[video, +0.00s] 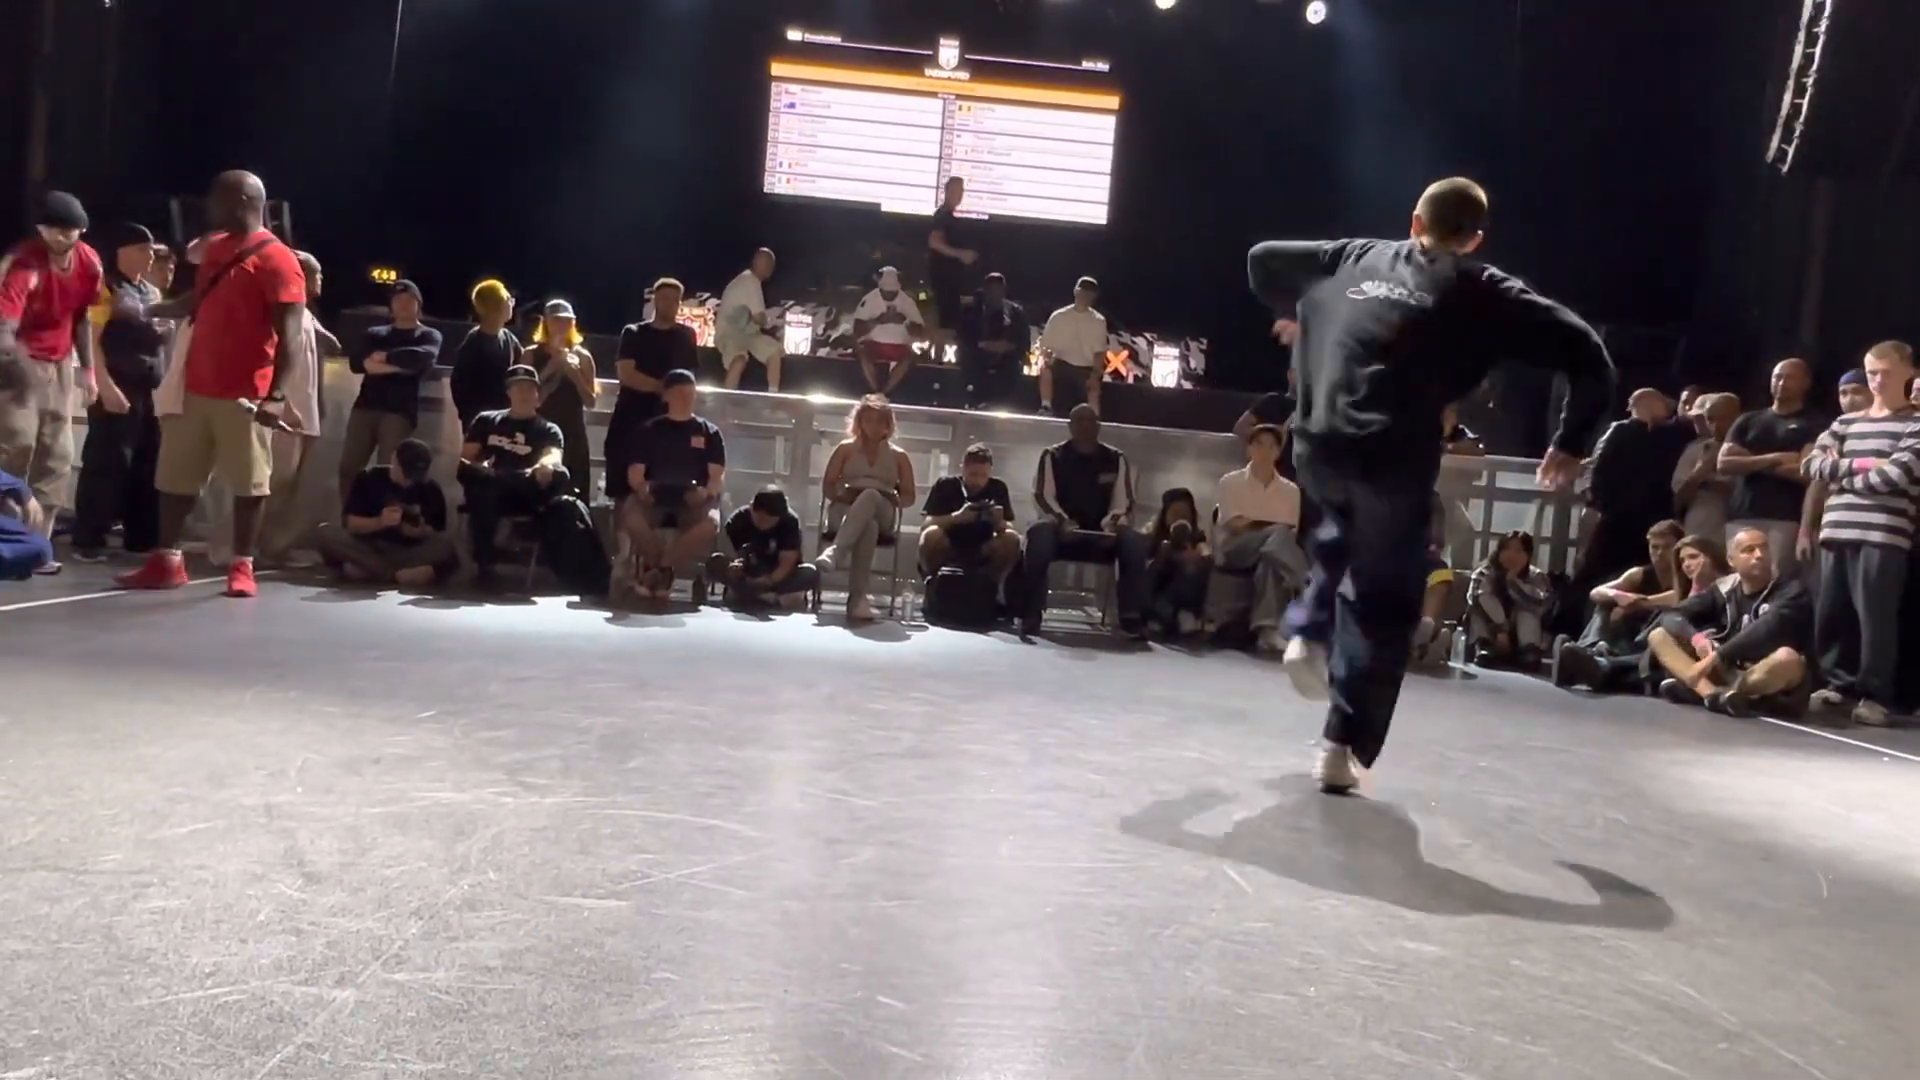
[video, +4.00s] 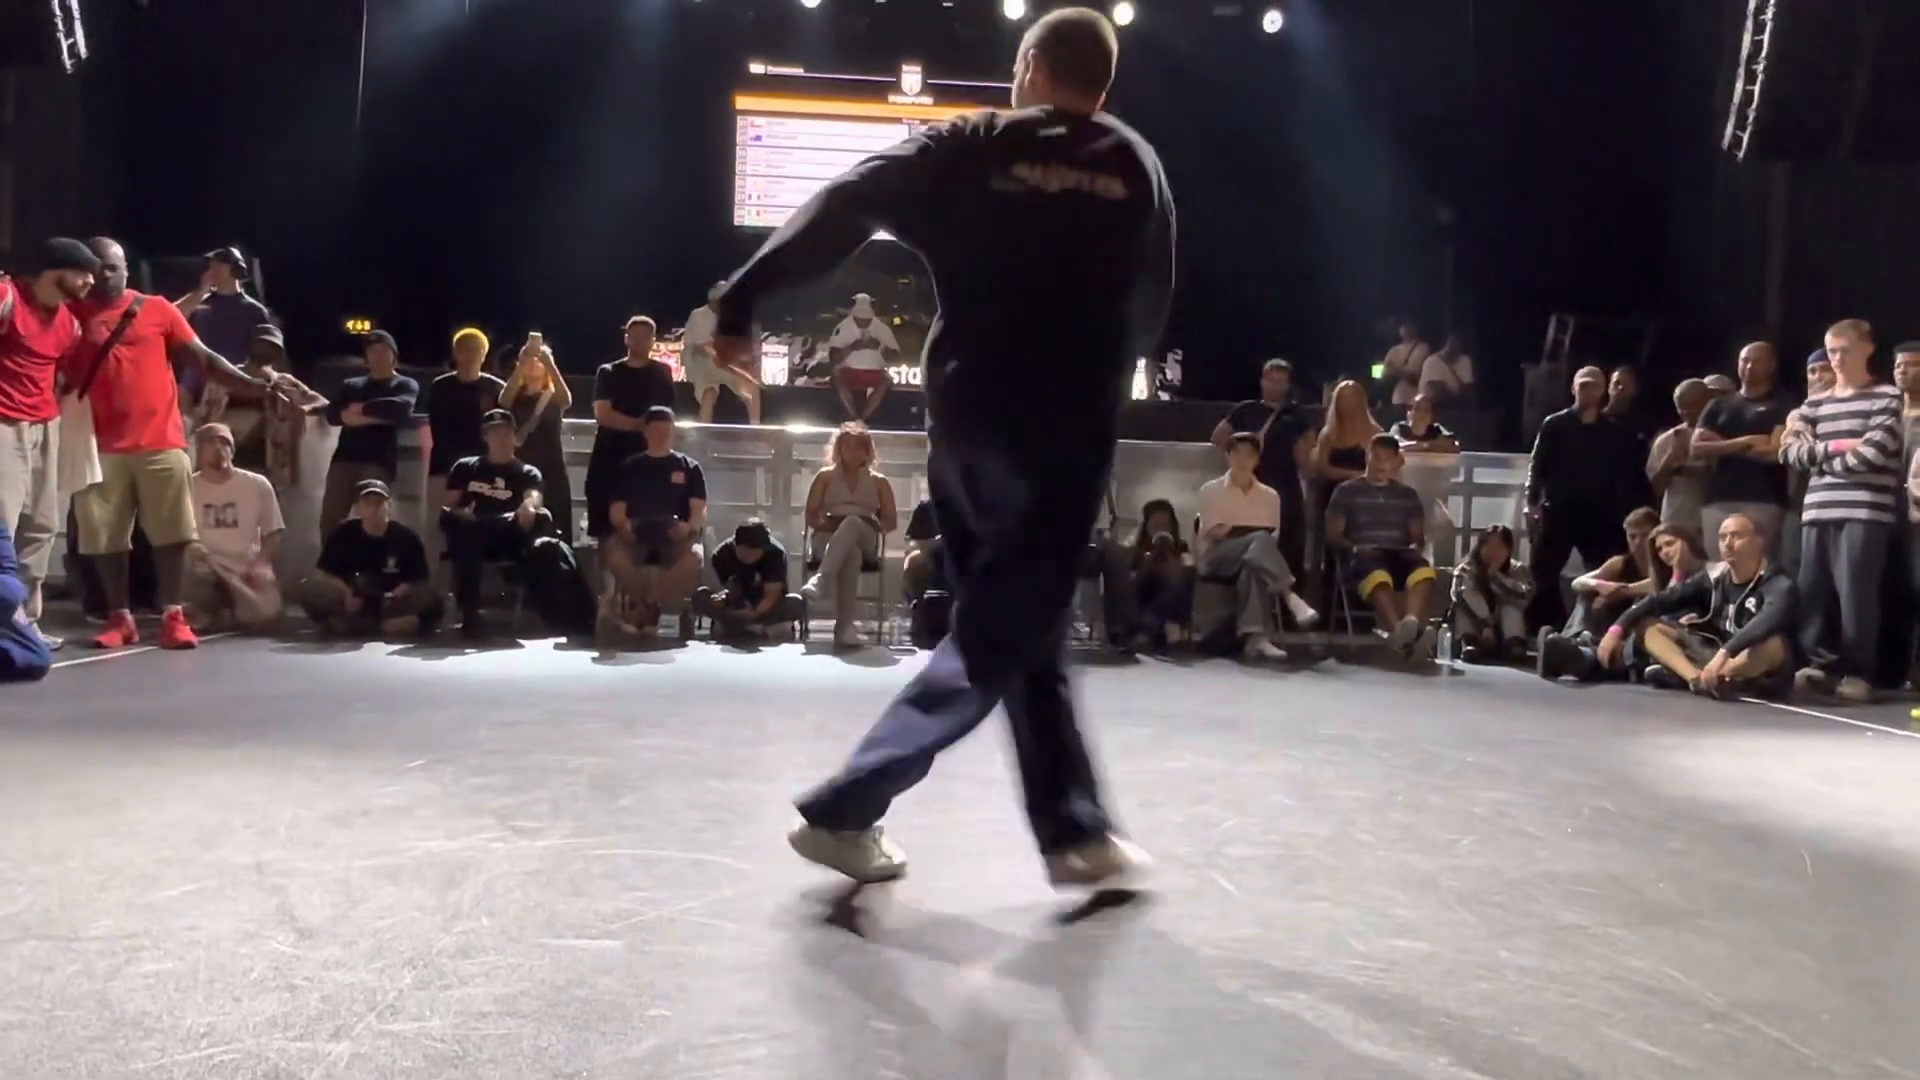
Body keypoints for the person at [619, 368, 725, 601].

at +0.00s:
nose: (686, 398)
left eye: (689, 392)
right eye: (679, 392)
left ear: (695, 395)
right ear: (666, 396)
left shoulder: (709, 432)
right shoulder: (648, 430)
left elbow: (716, 477)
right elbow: (635, 474)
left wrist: (705, 493)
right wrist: (645, 492)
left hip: (692, 491)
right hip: (655, 489)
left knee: (709, 524)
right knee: (631, 513)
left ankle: (657, 571)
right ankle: (661, 571)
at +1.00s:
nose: (684, 397)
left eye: (688, 391)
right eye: (678, 391)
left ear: (694, 395)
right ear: (665, 396)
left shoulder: (710, 432)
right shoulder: (647, 430)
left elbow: (716, 477)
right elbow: (635, 473)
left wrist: (707, 493)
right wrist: (646, 492)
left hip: (692, 494)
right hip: (655, 492)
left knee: (707, 526)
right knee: (632, 514)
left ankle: (659, 570)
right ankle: (661, 572)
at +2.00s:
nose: (680, 400)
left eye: (685, 394)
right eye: (675, 394)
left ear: (692, 397)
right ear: (665, 397)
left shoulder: (708, 437)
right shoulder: (647, 434)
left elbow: (715, 482)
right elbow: (633, 477)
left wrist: (704, 498)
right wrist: (644, 494)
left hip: (690, 499)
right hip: (654, 497)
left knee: (708, 530)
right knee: (630, 520)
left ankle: (659, 574)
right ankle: (662, 575)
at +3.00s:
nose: (659, 412)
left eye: (664, 407)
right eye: (654, 406)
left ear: (671, 409)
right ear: (644, 409)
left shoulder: (687, 447)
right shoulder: (625, 445)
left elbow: (695, 494)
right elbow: (613, 489)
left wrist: (679, 508)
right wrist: (628, 510)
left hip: (670, 509)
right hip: (633, 508)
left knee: (689, 537)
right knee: (608, 527)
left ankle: (642, 581)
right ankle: (639, 584)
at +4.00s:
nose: (661, 433)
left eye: (665, 427)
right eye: (655, 428)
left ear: (672, 431)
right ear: (645, 431)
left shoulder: (689, 467)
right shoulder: (628, 467)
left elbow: (698, 512)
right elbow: (616, 510)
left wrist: (687, 527)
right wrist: (628, 527)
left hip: (673, 528)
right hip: (637, 528)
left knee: (693, 558)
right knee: (613, 551)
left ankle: (647, 607)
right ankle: (648, 606)